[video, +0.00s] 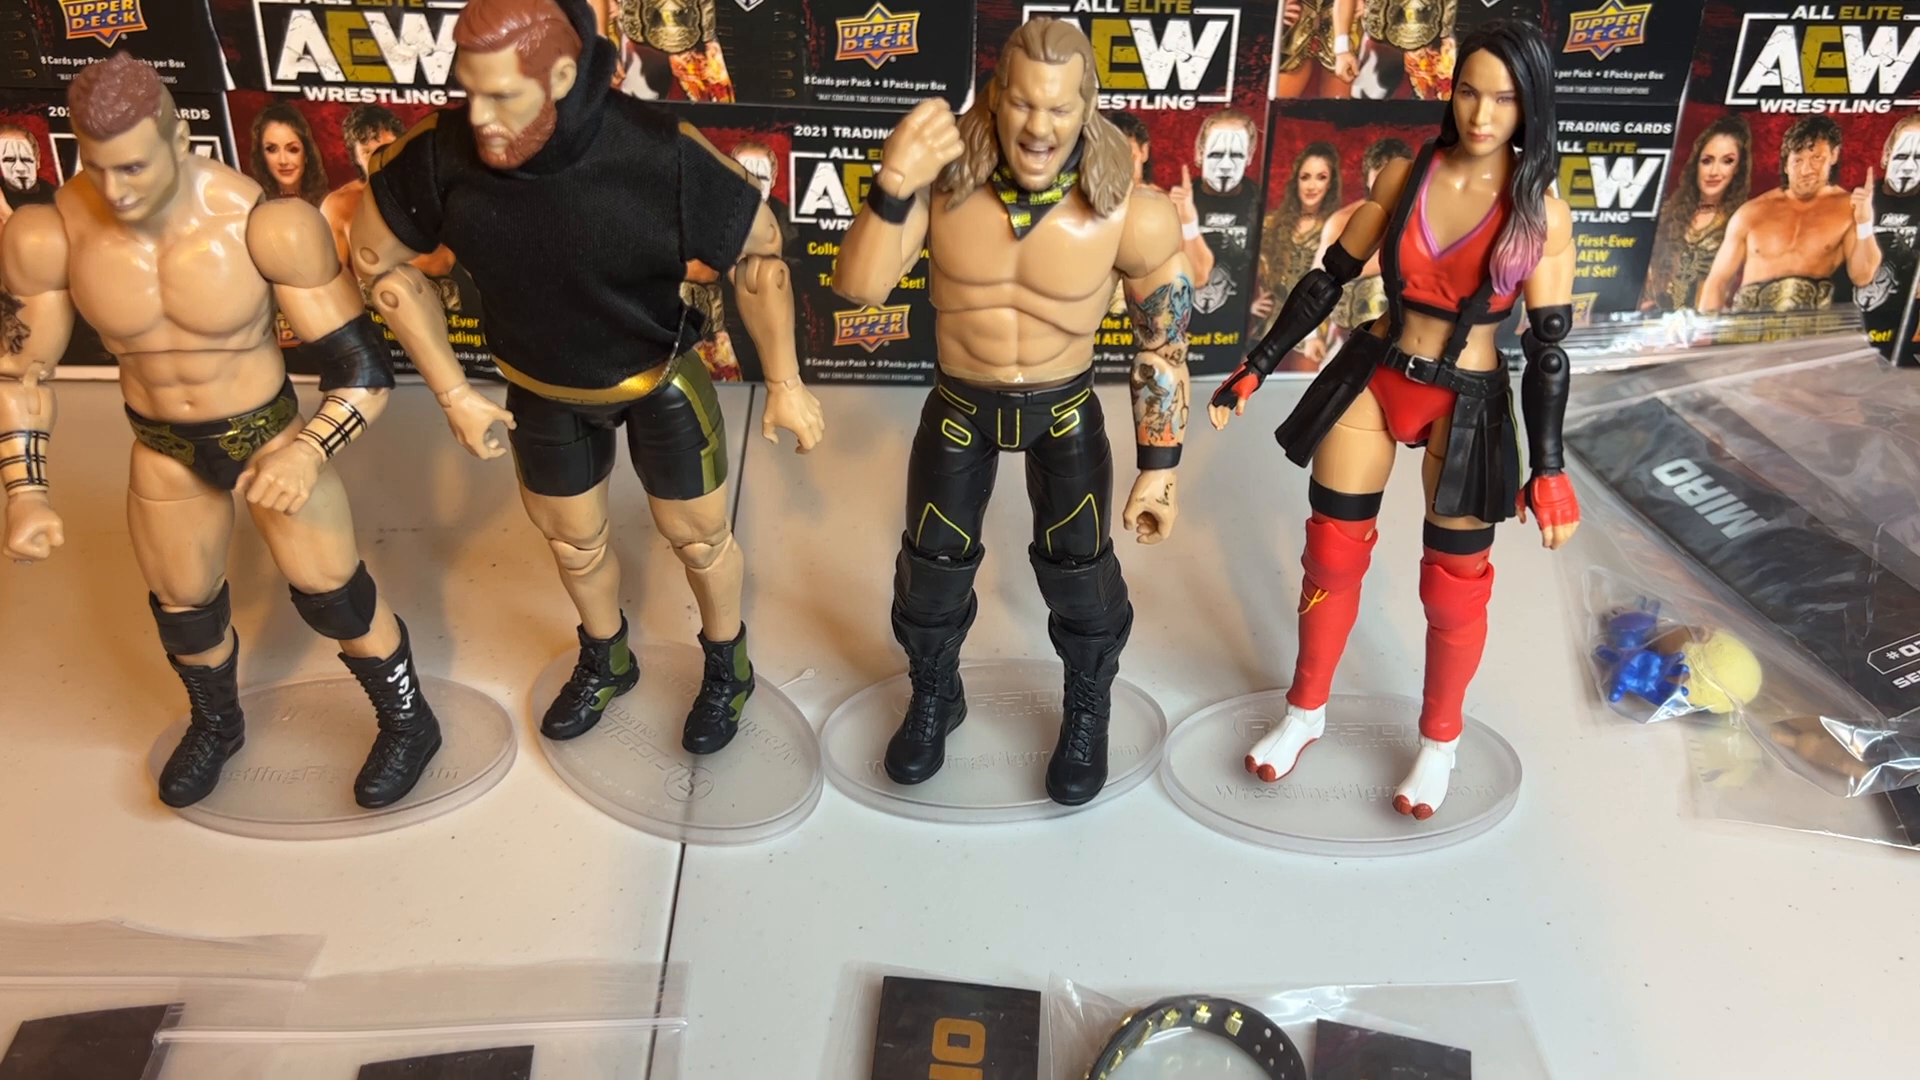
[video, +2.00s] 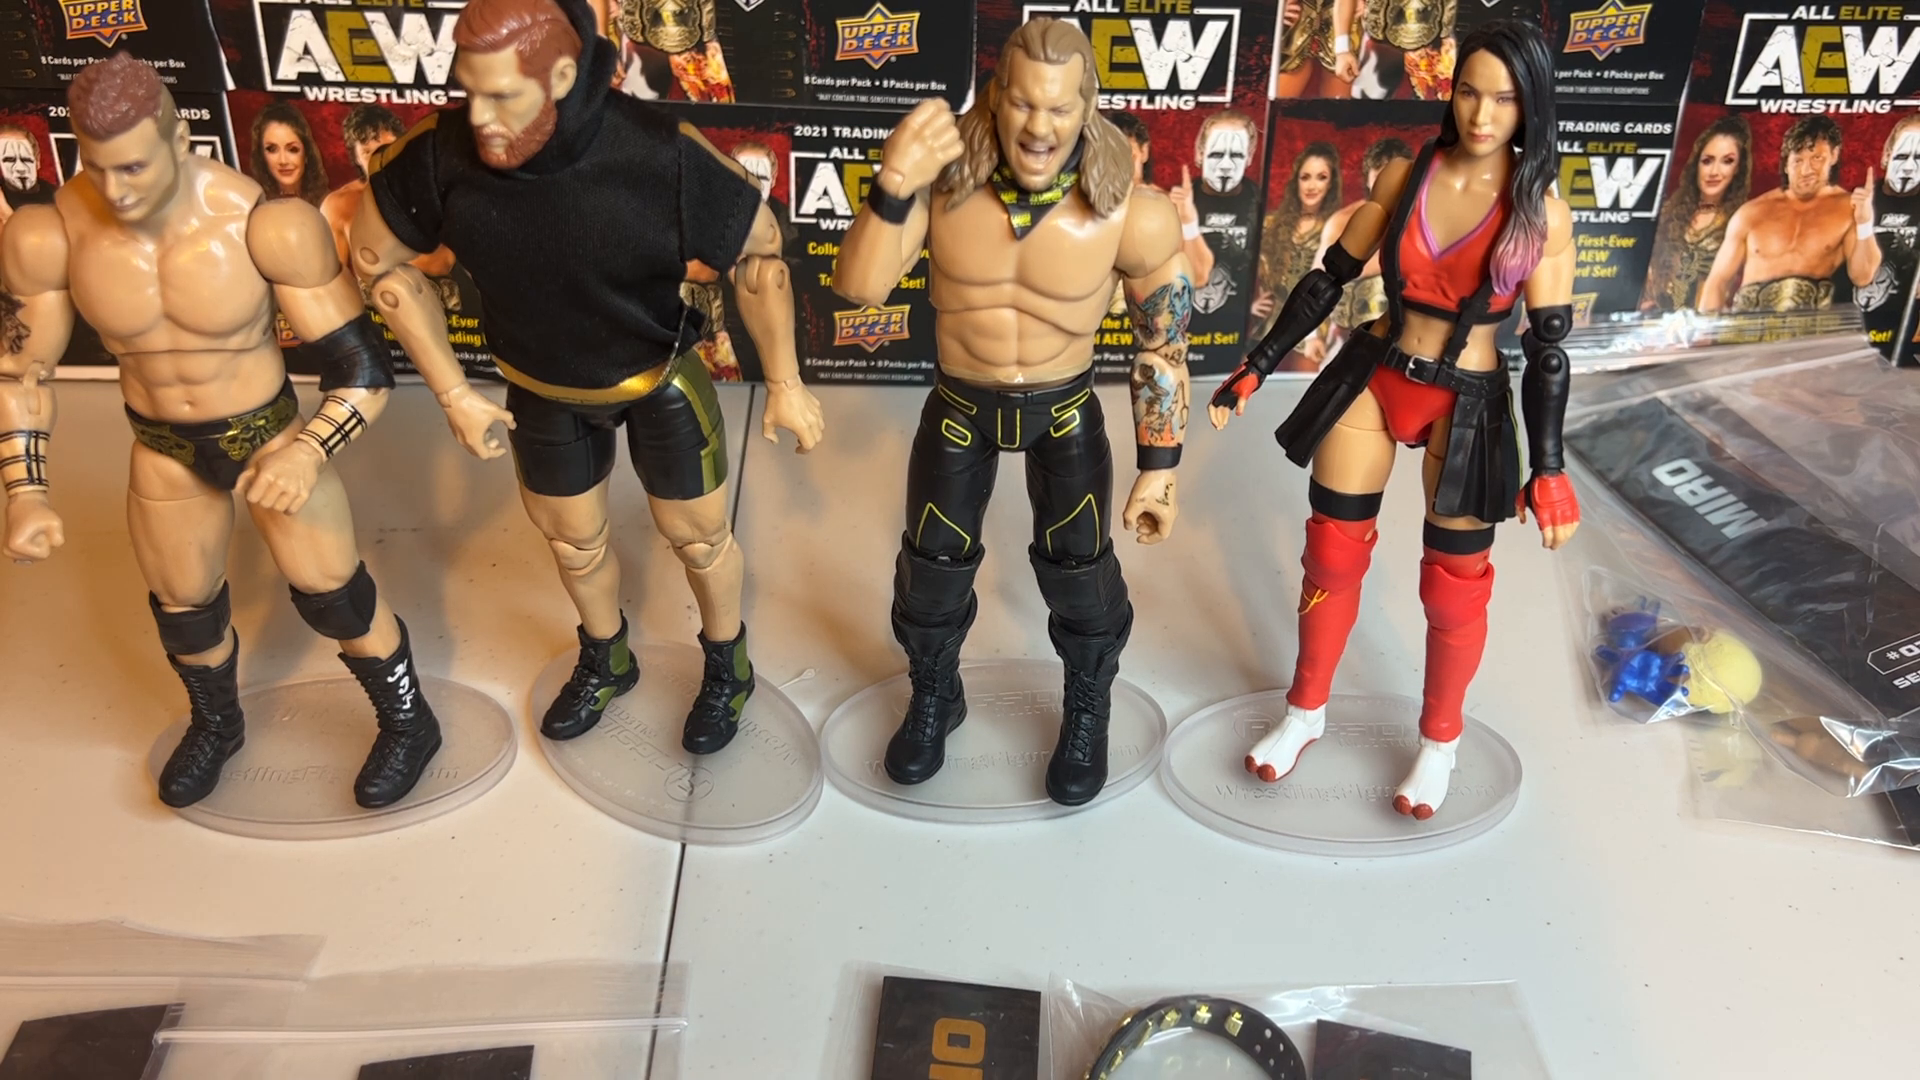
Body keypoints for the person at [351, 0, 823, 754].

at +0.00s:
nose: (481, 119)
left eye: (503, 96)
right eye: (468, 95)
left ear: (563, 76)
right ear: (457, 81)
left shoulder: (653, 155)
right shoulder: (442, 160)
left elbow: (757, 245)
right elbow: (372, 251)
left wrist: (784, 381)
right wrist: (452, 392)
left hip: (661, 382)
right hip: (542, 394)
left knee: (700, 540)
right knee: (575, 546)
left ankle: (726, 665)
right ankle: (607, 660)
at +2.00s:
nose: (481, 119)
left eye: (503, 96)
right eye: (468, 95)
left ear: (564, 76)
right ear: (457, 81)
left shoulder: (653, 155)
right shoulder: (442, 159)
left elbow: (757, 246)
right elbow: (373, 252)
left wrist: (784, 382)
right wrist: (453, 392)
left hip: (661, 381)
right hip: (542, 394)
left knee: (700, 540)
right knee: (575, 545)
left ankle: (726, 667)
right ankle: (607, 661)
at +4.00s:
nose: (481, 119)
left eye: (503, 96)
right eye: (468, 95)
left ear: (563, 76)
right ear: (457, 81)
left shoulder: (653, 156)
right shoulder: (443, 159)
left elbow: (757, 247)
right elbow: (372, 251)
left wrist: (784, 381)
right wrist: (452, 392)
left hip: (661, 383)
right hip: (543, 395)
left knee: (700, 540)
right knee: (575, 546)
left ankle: (726, 666)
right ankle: (607, 660)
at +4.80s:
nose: (481, 119)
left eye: (503, 96)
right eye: (468, 96)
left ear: (564, 77)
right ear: (456, 81)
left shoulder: (653, 156)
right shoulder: (442, 159)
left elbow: (757, 246)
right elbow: (372, 251)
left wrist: (785, 381)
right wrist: (452, 392)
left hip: (661, 383)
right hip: (543, 395)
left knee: (700, 540)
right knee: (575, 546)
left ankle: (726, 666)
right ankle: (607, 660)